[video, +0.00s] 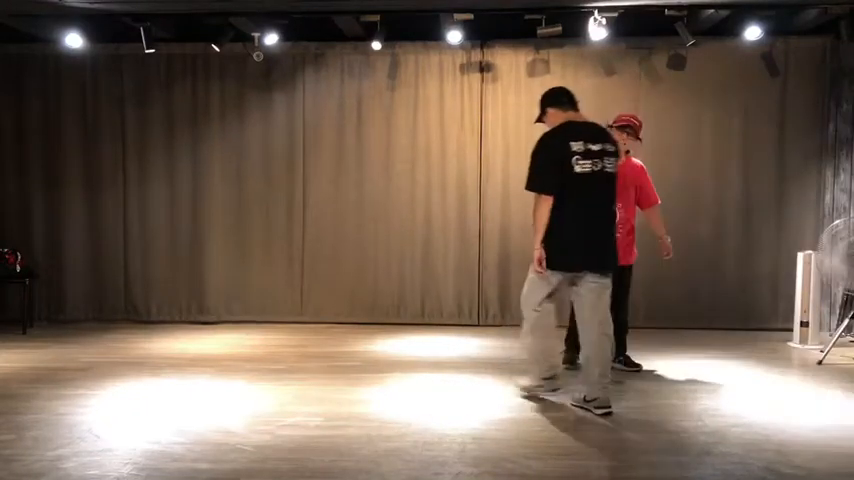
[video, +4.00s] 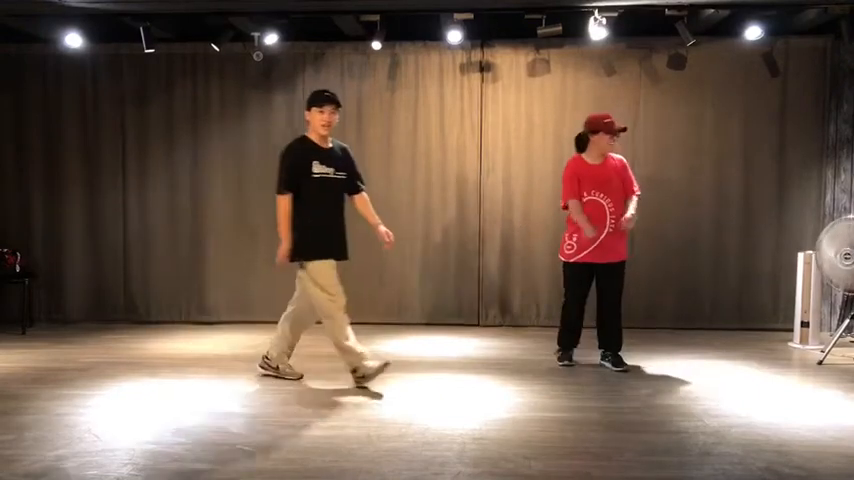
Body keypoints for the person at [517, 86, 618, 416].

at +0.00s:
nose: (544, 125)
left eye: (543, 119)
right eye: (543, 120)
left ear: (551, 112)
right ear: (576, 108)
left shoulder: (551, 141)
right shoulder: (607, 138)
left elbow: (545, 196)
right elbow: (608, 193)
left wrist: (538, 242)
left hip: (561, 245)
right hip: (601, 245)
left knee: (534, 304)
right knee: (597, 322)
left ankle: (546, 375)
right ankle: (598, 395)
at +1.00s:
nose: (412, 135)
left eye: (411, 130)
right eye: (411, 131)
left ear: (417, 123)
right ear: (435, 120)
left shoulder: (421, 147)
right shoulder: (462, 148)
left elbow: (411, 194)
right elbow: (460, 193)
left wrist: (403, 231)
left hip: (425, 233)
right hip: (457, 233)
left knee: (411, 287)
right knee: (450, 293)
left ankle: (437, 339)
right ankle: (448, 351)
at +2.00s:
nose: (294, 134)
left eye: (296, 128)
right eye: (292, 129)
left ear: (309, 124)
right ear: (310, 126)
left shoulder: (314, 153)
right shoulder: (330, 151)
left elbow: (306, 195)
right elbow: (329, 196)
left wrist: (291, 227)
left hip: (313, 231)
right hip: (331, 230)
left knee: (295, 276)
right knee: (325, 281)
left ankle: (336, 320)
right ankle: (322, 328)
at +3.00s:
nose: (222, 123)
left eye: (228, 117)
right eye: (217, 118)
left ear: (238, 121)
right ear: (210, 122)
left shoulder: (253, 153)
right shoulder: (200, 153)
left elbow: (262, 195)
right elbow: (184, 193)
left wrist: (260, 231)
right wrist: (175, 232)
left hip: (241, 239)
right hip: (207, 238)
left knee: (242, 291)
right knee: (198, 293)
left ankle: (227, 323)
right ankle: (196, 344)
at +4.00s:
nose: (328, 118)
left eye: (333, 112)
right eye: (321, 112)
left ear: (337, 116)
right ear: (308, 115)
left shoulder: (341, 153)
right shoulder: (295, 151)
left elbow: (357, 193)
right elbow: (284, 196)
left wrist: (377, 225)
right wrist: (285, 240)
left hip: (331, 243)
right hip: (308, 243)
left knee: (303, 307)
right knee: (333, 304)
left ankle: (274, 358)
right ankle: (359, 365)